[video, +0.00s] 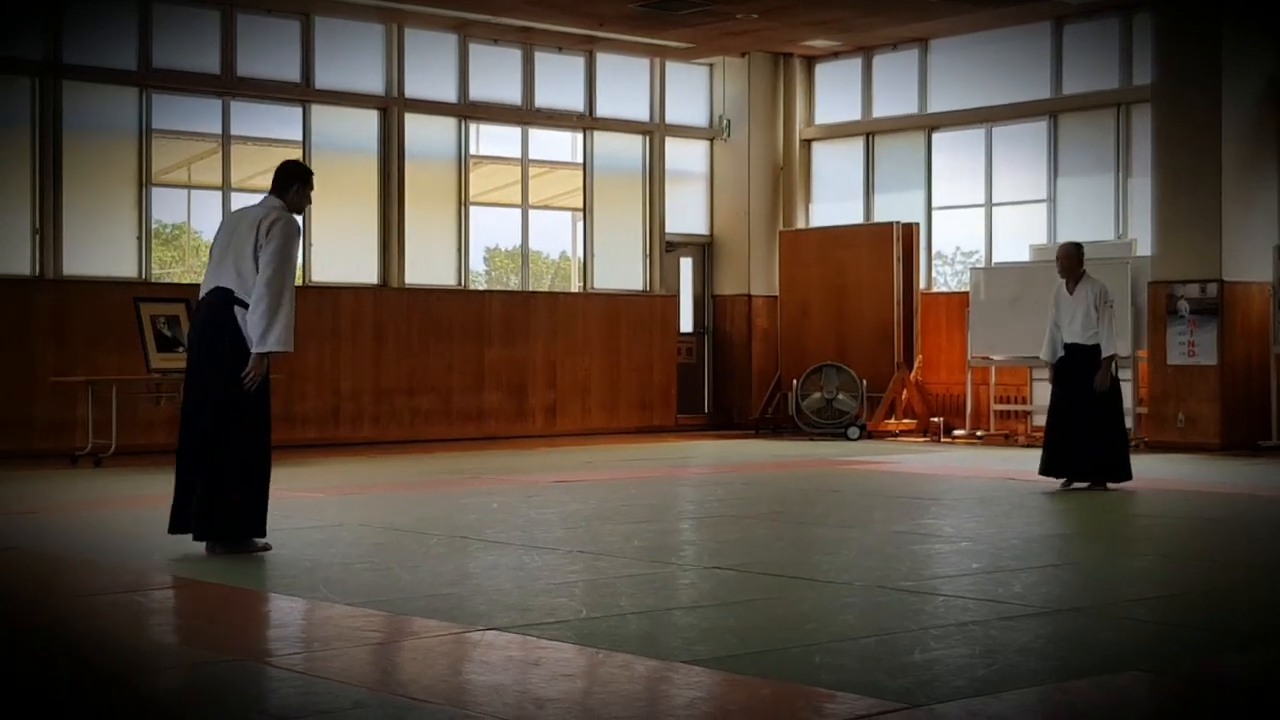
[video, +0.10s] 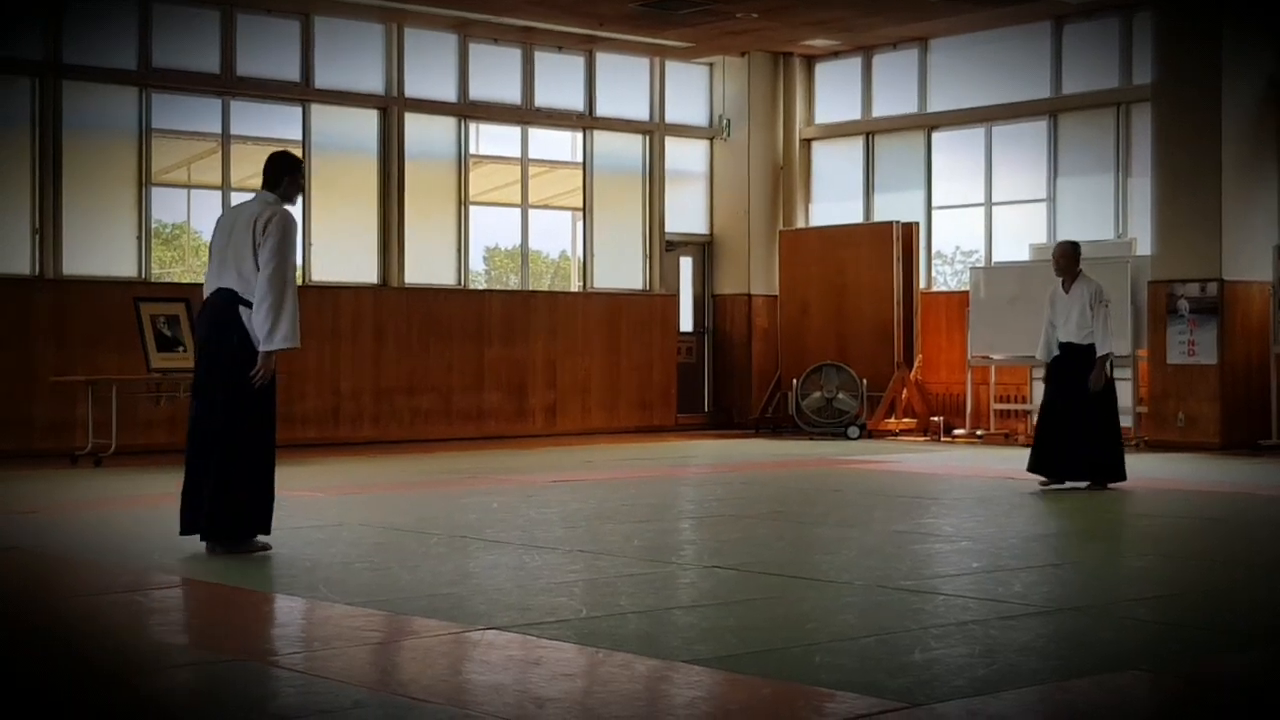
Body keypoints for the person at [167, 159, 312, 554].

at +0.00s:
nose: (310, 201)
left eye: (310, 193)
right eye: (308, 192)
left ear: (275, 186)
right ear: (296, 189)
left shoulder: (236, 217)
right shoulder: (282, 221)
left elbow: (215, 275)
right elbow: (270, 283)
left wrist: (206, 328)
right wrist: (262, 346)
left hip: (208, 321)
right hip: (237, 324)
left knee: (214, 425)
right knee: (243, 427)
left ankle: (213, 526)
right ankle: (233, 531)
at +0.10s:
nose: (300, 189)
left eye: (301, 182)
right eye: (300, 182)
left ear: (265, 178)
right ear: (290, 180)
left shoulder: (228, 216)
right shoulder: (279, 217)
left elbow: (215, 276)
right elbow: (273, 279)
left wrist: (213, 328)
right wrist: (269, 343)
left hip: (213, 324)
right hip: (246, 327)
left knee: (215, 426)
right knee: (247, 428)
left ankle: (215, 527)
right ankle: (235, 531)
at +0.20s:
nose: (297, 181)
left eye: (296, 174)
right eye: (294, 174)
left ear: (259, 175)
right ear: (282, 176)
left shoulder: (227, 214)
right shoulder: (276, 215)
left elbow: (218, 274)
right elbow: (273, 280)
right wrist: (273, 342)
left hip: (216, 325)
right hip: (248, 328)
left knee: (219, 425)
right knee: (250, 428)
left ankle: (217, 527)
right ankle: (238, 531)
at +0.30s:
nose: (293, 178)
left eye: (291, 170)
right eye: (290, 171)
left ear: (255, 173)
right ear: (278, 174)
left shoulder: (225, 214)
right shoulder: (274, 215)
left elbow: (219, 275)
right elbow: (274, 281)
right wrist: (276, 342)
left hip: (219, 326)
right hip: (252, 329)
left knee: (220, 425)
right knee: (252, 427)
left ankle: (218, 527)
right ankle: (239, 530)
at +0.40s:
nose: (291, 176)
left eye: (290, 169)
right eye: (289, 170)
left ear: (253, 173)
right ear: (277, 173)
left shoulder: (226, 216)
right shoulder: (273, 216)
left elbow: (221, 277)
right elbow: (273, 283)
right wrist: (278, 343)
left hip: (223, 326)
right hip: (255, 329)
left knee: (224, 425)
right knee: (255, 428)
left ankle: (219, 527)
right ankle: (242, 530)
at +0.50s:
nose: (290, 176)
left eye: (289, 169)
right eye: (287, 169)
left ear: (252, 173)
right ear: (277, 173)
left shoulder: (226, 217)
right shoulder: (273, 216)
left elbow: (223, 278)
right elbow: (274, 284)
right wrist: (280, 343)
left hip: (226, 328)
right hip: (258, 331)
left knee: (227, 427)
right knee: (256, 429)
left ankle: (221, 527)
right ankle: (244, 531)